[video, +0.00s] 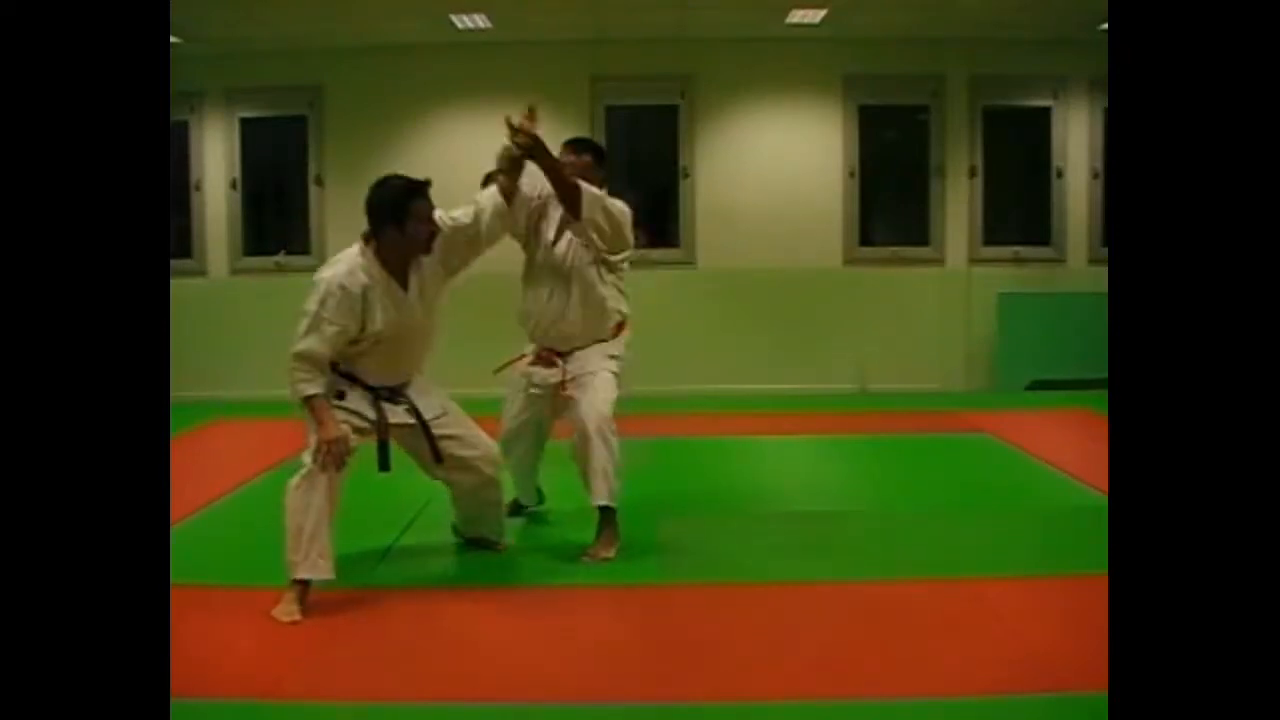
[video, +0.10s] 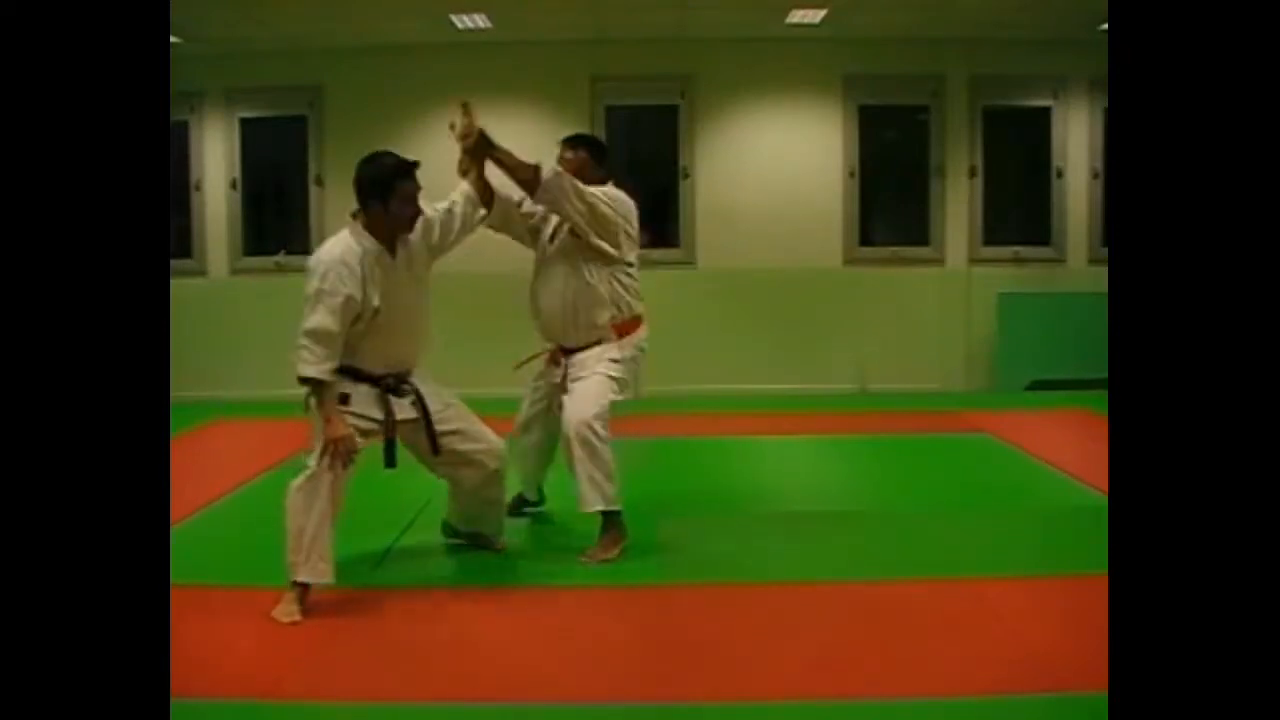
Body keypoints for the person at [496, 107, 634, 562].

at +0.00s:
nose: (564, 169)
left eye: (574, 163)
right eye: (560, 163)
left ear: (595, 171)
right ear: (555, 169)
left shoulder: (614, 217)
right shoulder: (539, 209)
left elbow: (574, 195)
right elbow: (500, 194)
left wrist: (539, 155)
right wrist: (513, 159)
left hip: (595, 348)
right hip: (544, 349)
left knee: (594, 420)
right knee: (516, 431)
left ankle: (607, 521)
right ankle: (527, 498)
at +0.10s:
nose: (558, 167)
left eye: (568, 159)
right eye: (558, 160)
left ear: (593, 168)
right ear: (566, 166)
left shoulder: (615, 209)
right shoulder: (549, 218)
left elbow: (543, 183)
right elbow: (501, 210)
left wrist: (486, 146)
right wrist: (474, 174)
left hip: (609, 347)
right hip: (563, 351)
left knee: (581, 421)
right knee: (531, 425)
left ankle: (611, 523)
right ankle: (529, 496)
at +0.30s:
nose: (555, 201)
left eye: (561, 191)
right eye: (554, 192)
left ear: (587, 184)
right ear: (589, 184)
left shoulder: (610, 219)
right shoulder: (611, 212)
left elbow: (557, 296)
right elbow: (570, 290)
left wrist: (526, 290)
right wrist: (533, 296)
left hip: (653, 344)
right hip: (636, 342)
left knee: (591, 427)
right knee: (595, 419)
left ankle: (622, 533)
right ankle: (625, 497)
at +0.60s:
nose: (598, 233)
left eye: (599, 221)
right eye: (595, 223)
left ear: (619, 210)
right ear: (627, 208)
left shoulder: (643, 241)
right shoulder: (665, 226)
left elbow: (641, 322)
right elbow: (660, 314)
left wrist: (605, 345)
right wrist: (610, 342)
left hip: (714, 346)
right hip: (739, 334)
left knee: (637, 420)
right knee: (740, 435)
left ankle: (630, 537)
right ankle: (799, 509)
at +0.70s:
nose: (604, 236)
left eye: (603, 225)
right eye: (600, 226)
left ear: (621, 215)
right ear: (632, 211)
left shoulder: (645, 246)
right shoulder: (669, 229)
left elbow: (635, 325)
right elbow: (653, 319)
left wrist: (600, 349)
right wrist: (607, 347)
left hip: (718, 345)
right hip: (745, 334)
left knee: (641, 420)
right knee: (746, 436)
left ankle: (631, 533)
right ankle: (802, 512)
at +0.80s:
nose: (597, 237)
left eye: (597, 226)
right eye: (593, 228)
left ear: (613, 219)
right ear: (629, 215)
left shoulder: (632, 253)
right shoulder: (665, 235)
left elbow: (621, 329)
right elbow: (649, 321)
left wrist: (602, 366)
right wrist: (610, 360)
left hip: (707, 348)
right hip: (742, 337)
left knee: (630, 421)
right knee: (744, 437)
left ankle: (629, 534)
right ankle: (801, 510)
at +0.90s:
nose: (588, 242)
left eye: (587, 232)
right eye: (584, 234)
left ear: (602, 221)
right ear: (620, 215)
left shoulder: (615, 255)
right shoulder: (654, 234)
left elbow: (611, 338)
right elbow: (655, 318)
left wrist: (605, 372)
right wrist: (620, 368)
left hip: (692, 345)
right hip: (730, 332)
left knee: (615, 424)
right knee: (725, 429)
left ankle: (628, 534)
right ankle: (786, 497)